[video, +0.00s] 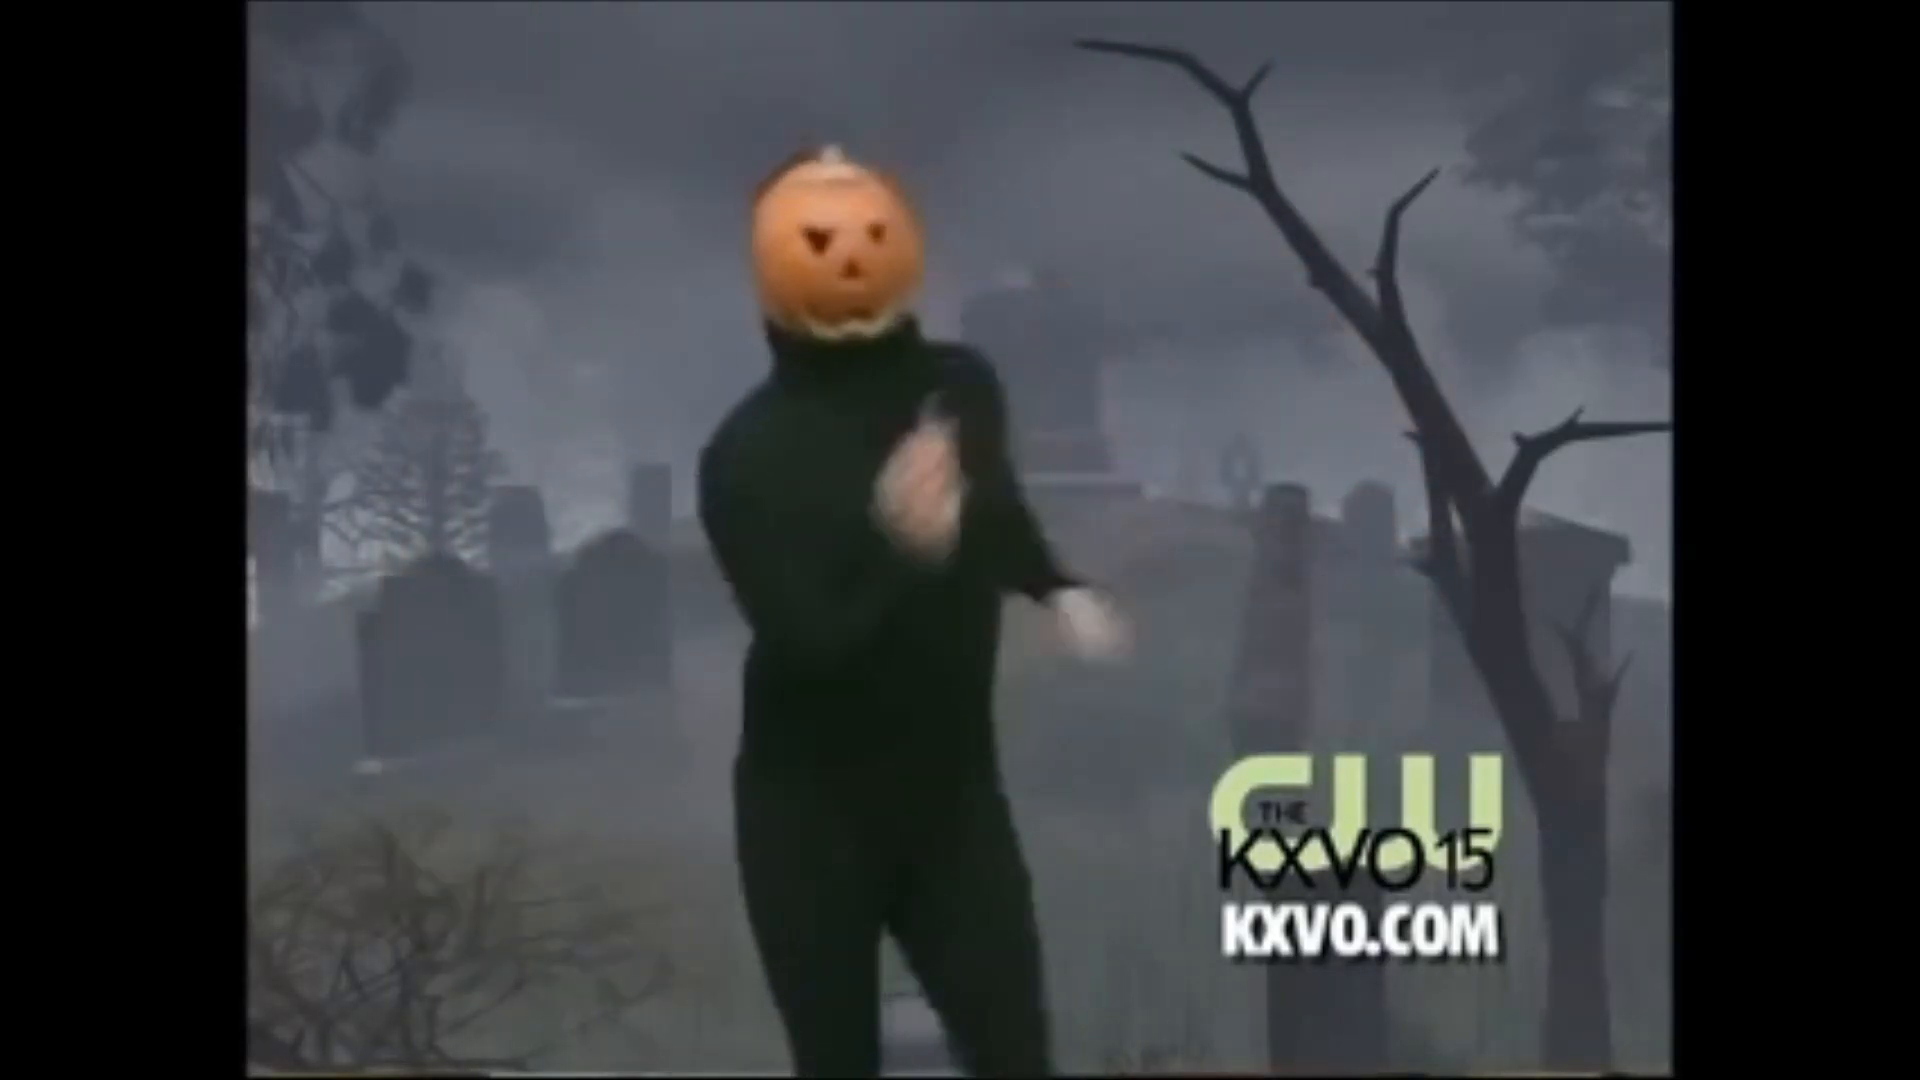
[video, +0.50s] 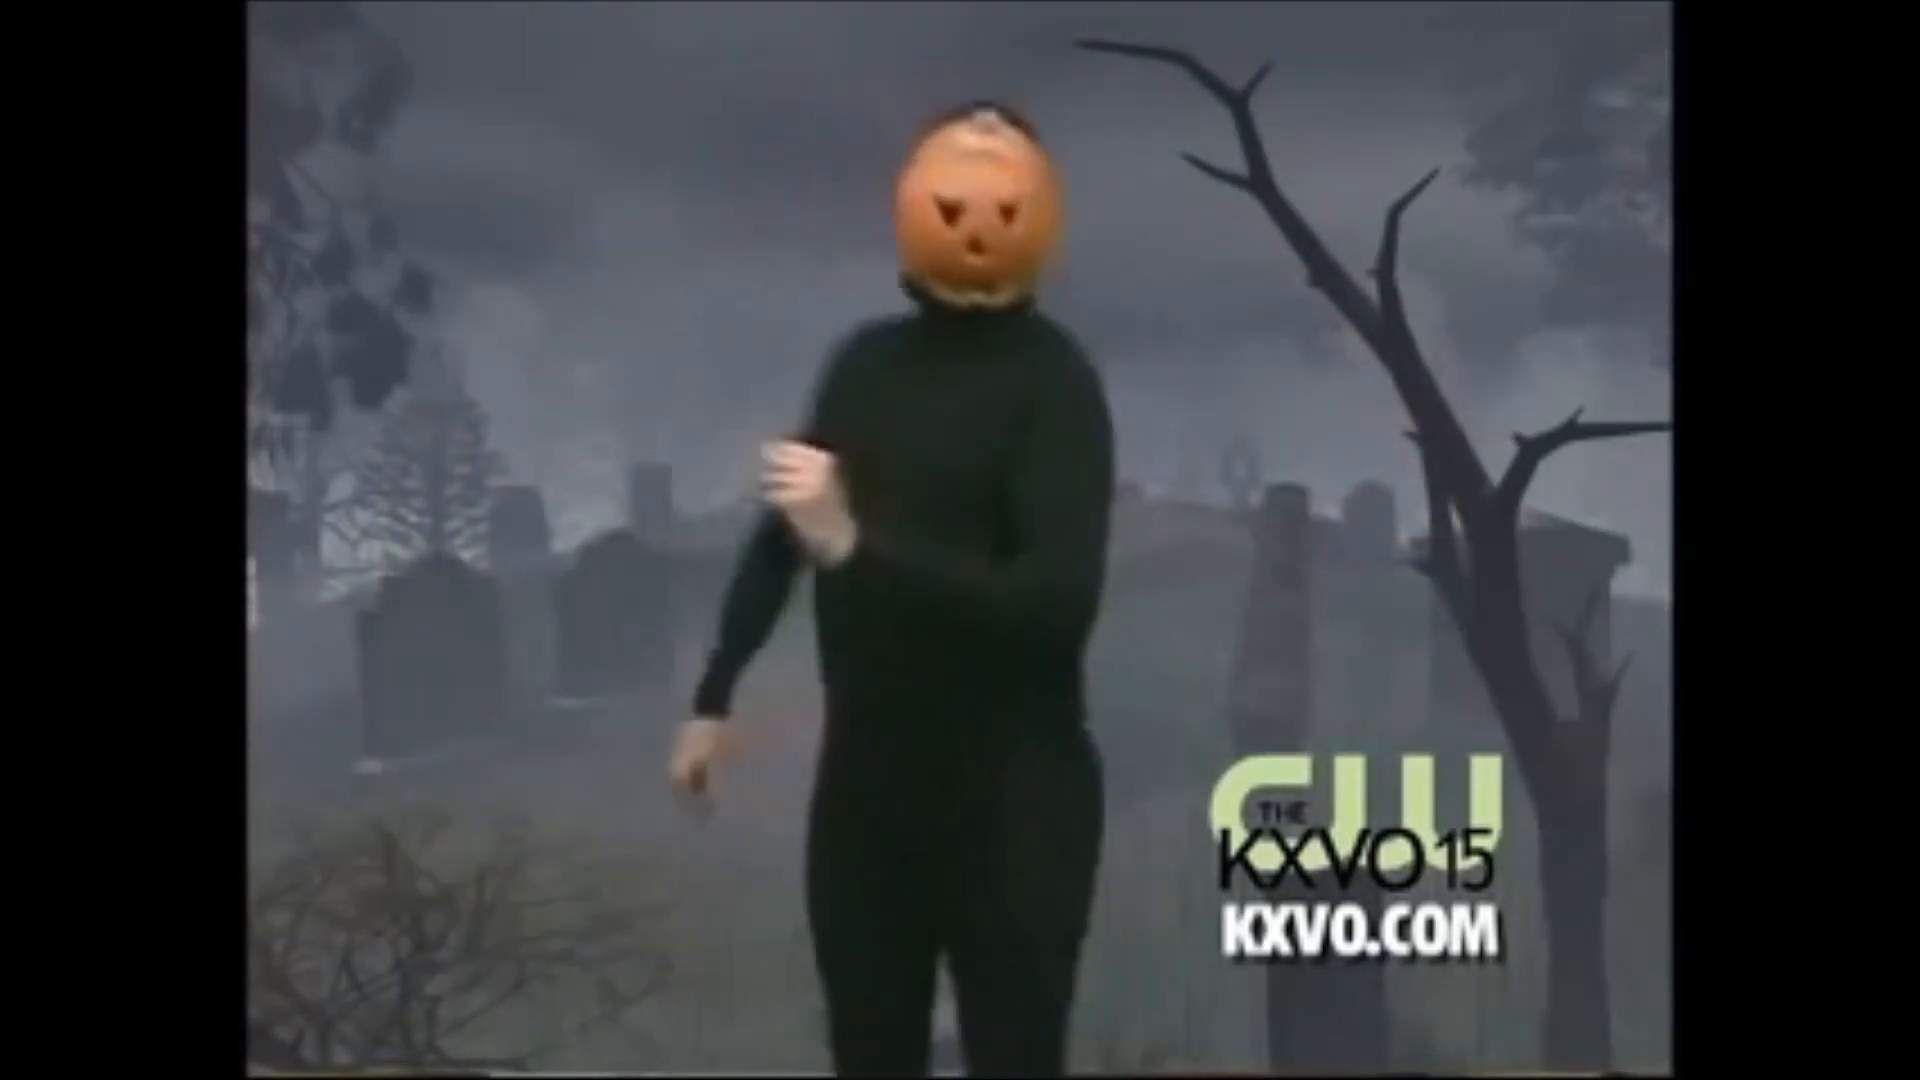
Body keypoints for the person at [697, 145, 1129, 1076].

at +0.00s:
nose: (850, 255)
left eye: (876, 231)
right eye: (816, 237)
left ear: (911, 253)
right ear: (769, 274)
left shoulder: (960, 387)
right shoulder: (749, 453)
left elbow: (995, 515)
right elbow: (809, 634)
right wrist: (898, 546)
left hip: (949, 791)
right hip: (810, 810)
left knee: (1013, 1052)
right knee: (837, 1060)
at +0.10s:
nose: (874, 297)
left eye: (897, 272)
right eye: (840, 276)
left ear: (934, 292)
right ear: (791, 304)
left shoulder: (983, 433)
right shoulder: (762, 484)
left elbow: (1088, 622)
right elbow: (746, 716)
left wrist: (1098, 569)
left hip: (940, 804)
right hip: (799, 824)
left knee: (1088, 1026)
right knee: (831, 1062)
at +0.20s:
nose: (900, 292)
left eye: (926, 267)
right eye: (868, 271)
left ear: (961, 291)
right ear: (816, 297)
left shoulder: (1014, 432)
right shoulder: (773, 468)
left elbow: (1139, 626)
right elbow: (674, 676)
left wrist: (1048, 490)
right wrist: (752, 707)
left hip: (952, 792)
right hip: (804, 812)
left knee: (1127, 971)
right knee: (821, 1062)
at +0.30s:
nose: (924, 195)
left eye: (950, 174)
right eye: (894, 172)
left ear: (985, 203)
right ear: (840, 203)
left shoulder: (1026, 366)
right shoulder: (762, 369)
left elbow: (1106, 581)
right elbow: (692, 538)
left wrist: (950, 510)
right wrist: (748, 662)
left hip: (988, 748)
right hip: (826, 762)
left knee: (1099, 1012)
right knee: (838, 1057)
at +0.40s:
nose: (949, 182)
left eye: (978, 160)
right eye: (920, 158)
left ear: (1017, 183)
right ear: (868, 177)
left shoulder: (1043, 344)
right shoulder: (802, 319)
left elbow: (1078, 582)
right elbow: (729, 515)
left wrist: (886, 541)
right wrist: (732, 691)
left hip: (1010, 754)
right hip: (851, 752)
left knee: (1027, 1050)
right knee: (862, 1053)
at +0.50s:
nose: (976, 232)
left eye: (1006, 212)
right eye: (948, 207)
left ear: (1044, 231)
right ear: (902, 217)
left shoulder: (1056, 384)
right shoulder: (866, 364)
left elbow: (1055, 607)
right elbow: (786, 532)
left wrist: (851, 546)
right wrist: (712, 701)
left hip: (1016, 788)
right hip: (871, 779)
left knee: (1014, 1057)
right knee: (872, 1057)